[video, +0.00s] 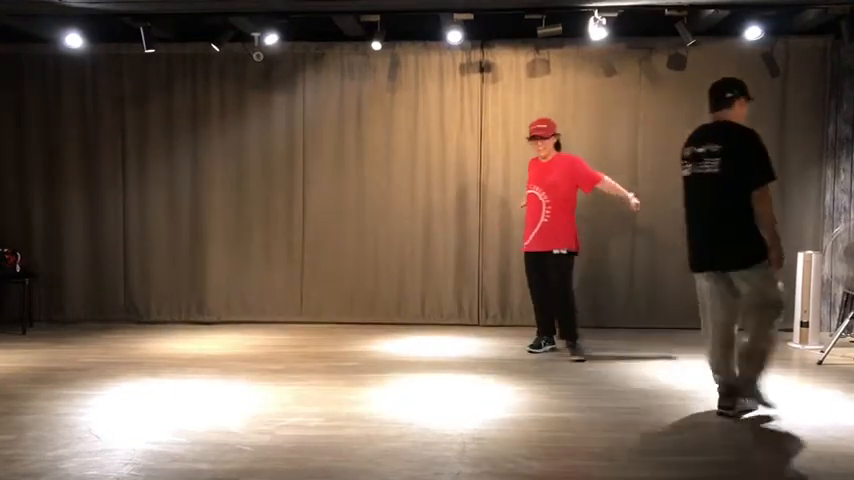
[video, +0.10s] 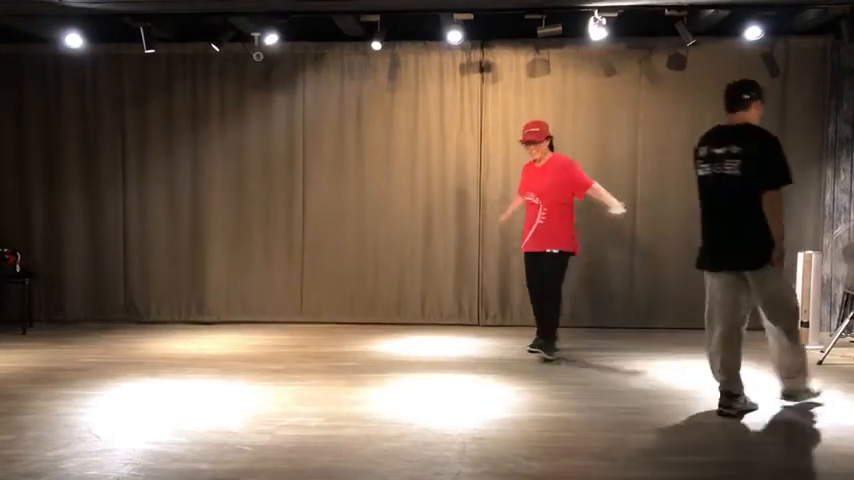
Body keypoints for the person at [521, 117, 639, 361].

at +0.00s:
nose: (539, 144)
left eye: (543, 139)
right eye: (535, 140)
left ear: (555, 139)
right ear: (531, 142)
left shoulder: (570, 163)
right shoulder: (533, 166)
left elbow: (599, 180)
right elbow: (540, 190)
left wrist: (627, 195)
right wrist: (528, 200)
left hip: (560, 242)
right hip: (533, 242)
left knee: (561, 292)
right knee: (539, 293)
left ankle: (571, 341)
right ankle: (545, 337)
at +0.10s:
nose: (531, 149)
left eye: (535, 144)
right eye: (528, 145)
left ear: (547, 142)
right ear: (525, 146)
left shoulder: (564, 166)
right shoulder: (528, 169)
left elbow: (591, 187)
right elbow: (522, 196)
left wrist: (613, 203)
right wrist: (506, 215)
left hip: (558, 242)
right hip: (532, 242)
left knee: (550, 290)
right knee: (536, 290)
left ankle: (549, 341)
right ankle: (542, 335)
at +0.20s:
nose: (530, 151)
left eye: (534, 146)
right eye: (526, 147)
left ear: (547, 143)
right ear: (523, 147)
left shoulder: (561, 166)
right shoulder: (527, 172)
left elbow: (562, 193)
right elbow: (511, 200)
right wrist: (491, 221)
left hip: (554, 239)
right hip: (532, 239)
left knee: (541, 290)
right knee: (536, 290)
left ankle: (531, 334)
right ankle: (542, 336)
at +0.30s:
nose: (532, 152)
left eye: (536, 146)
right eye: (527, 147)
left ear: (548, 143)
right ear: (523, 146)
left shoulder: (557, 166)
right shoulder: (524, 170)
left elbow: (536, 184)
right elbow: (516, 193)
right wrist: (507, 197)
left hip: (552, 236)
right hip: (530, 236)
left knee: (533, 285)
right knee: (538, 287)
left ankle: (516, 332)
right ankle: (546, 336)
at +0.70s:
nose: (526, 141)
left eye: (531, 137)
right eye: (523, 137)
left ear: (541, 140)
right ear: (518, 139)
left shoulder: (545, 164)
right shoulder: (514, 164)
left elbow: (526, 193)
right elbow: (495, 191)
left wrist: (494, 205)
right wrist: (482, 210)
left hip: (537, 242)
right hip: (513, 241)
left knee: (524, 290)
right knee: (523, 290)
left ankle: (519, 341)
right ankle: (543, 333)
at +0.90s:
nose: (514, 140)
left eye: (519, 136)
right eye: (511, 136)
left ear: (529, 140)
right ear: (507, 140)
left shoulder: (542, 161)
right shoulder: (509, 163)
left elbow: (571, 173)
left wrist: (593, 183)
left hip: (529, 241)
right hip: (504, 239)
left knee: (521, 291)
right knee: (495, 285)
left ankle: (519, 342)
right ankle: (526, 326)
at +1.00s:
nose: (515, 142)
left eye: (520, 137)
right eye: (511, 137)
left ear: (528, 139)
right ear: (505, 140)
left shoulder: (541, 160)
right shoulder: (505, 161)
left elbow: (568, 176)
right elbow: (505, 188)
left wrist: (587, 191)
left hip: (528, 238)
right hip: (502, 236)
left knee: (520, 290)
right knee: (492, 284)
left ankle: (519, 343)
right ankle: (506, 333)